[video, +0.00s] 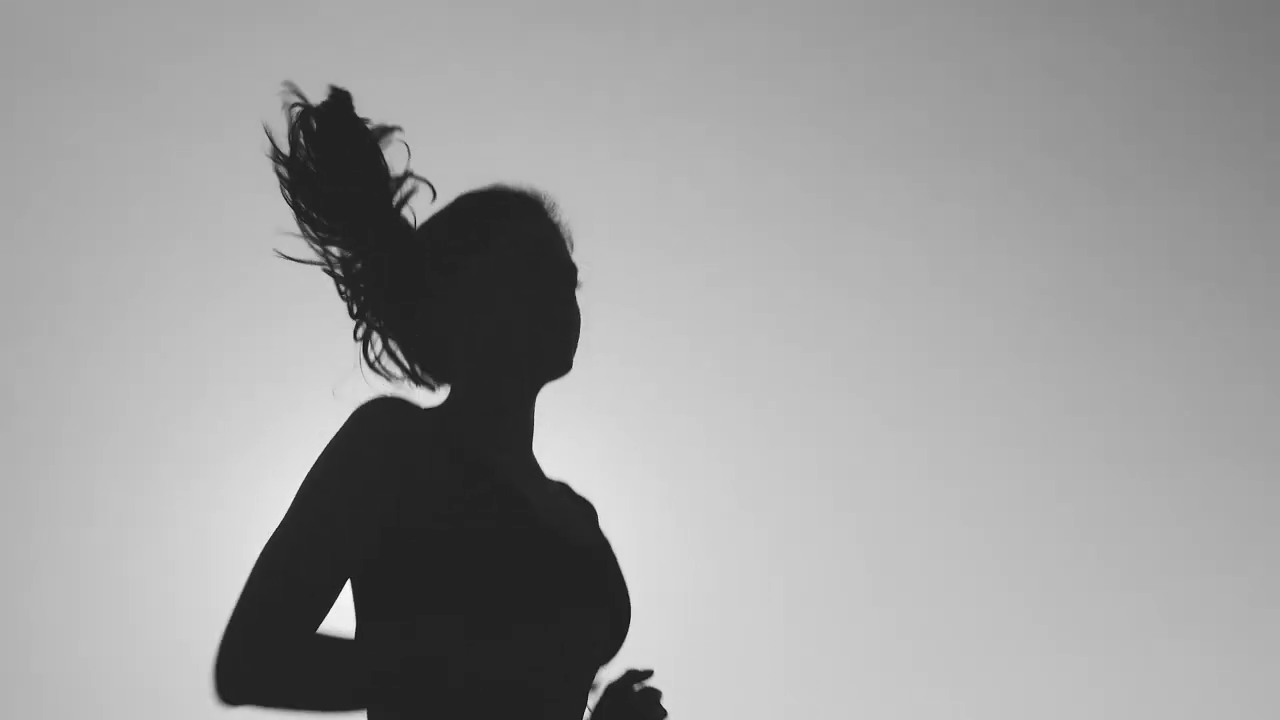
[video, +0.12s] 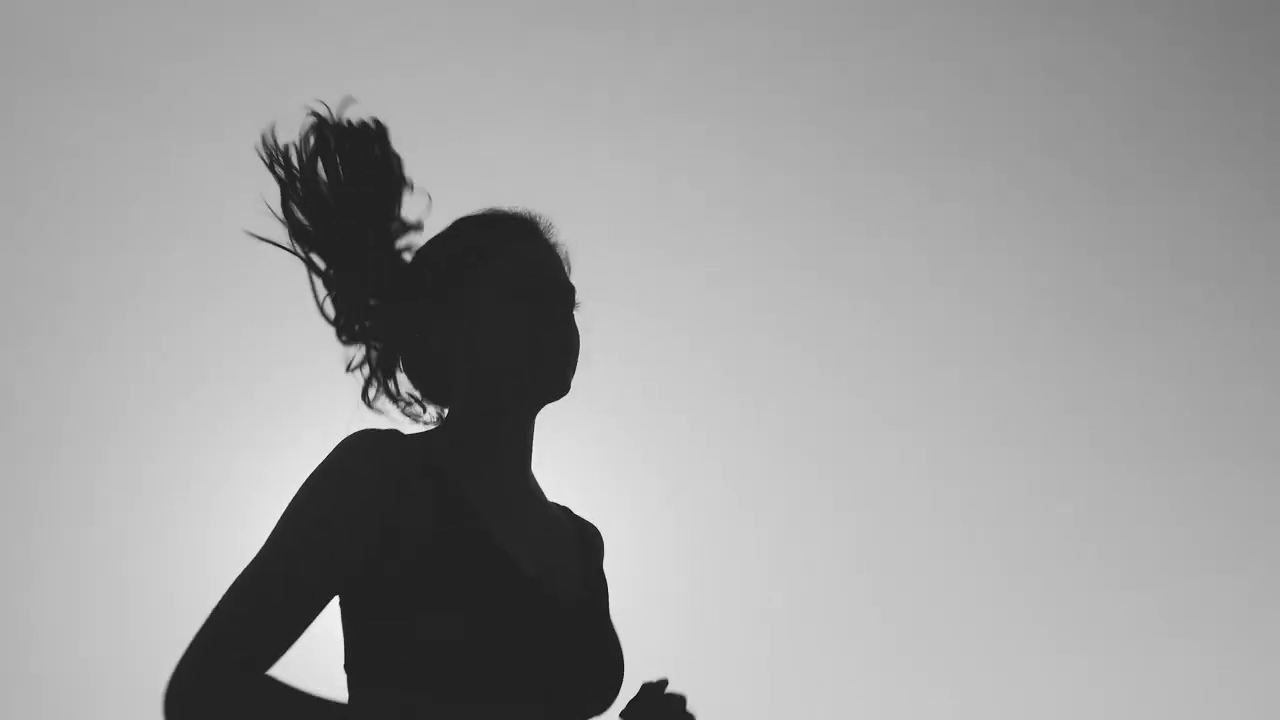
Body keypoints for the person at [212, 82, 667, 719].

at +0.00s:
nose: (574, 303)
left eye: (570, 283)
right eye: (546, 279)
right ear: (463, 299)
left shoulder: (572, 512)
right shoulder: (390, 437)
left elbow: (540, 697)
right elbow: (249, 664)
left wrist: (602, 710)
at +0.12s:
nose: (569, 323)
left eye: (567, 300)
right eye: (535, 297)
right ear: (448, 327)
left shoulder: (577, 541)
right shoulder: (377, 471)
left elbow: (555, 706)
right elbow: (203, 688)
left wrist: (631, 719)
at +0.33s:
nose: (558, 303)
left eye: (560, 281)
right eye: (523, 278)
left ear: (566, 308)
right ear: (433, 307)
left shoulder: (584, 515)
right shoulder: (353, 451)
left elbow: (643, 718)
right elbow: (165, 641)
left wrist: (659, 649)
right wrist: (328, 698)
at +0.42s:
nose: (553, 274)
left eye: (556, 254)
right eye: (520, 249)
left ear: (559, 284)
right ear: (436, 273)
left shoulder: (589, 482)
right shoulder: (345, 422)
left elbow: (689, 703)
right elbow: (164, 603)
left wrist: (651, 581)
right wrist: (293, 655)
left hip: (529, 707)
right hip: (385, 709)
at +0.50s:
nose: (551, 253)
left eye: (553, 231)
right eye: (519, 226)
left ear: (555, 259)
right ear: (434, 247)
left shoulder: (589, 445)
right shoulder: (338, 399)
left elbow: (718, 664)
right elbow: (166, 574)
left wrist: (631, 518)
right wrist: (270, 615)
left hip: (527, 708)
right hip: (380, 704)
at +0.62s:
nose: (524, 241)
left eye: (536, 216)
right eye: (491, 214)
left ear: (550, 241)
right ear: (412, 235)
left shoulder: (586, 407)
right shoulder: (331, 374)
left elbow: (740, 611)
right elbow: (172, 548)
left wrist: (626, 457)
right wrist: (262, 577)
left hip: (533, 705)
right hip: (376, 701)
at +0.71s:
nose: (492, 231)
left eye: (514, 205)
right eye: (466, 203)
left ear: (537, 231)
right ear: (407, 225)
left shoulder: (582, 397)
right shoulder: (327, 366)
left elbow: (740, 600)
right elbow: (175, 547)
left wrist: (620, 449)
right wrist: (267, 568)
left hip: (533, 703)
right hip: (376, 700)